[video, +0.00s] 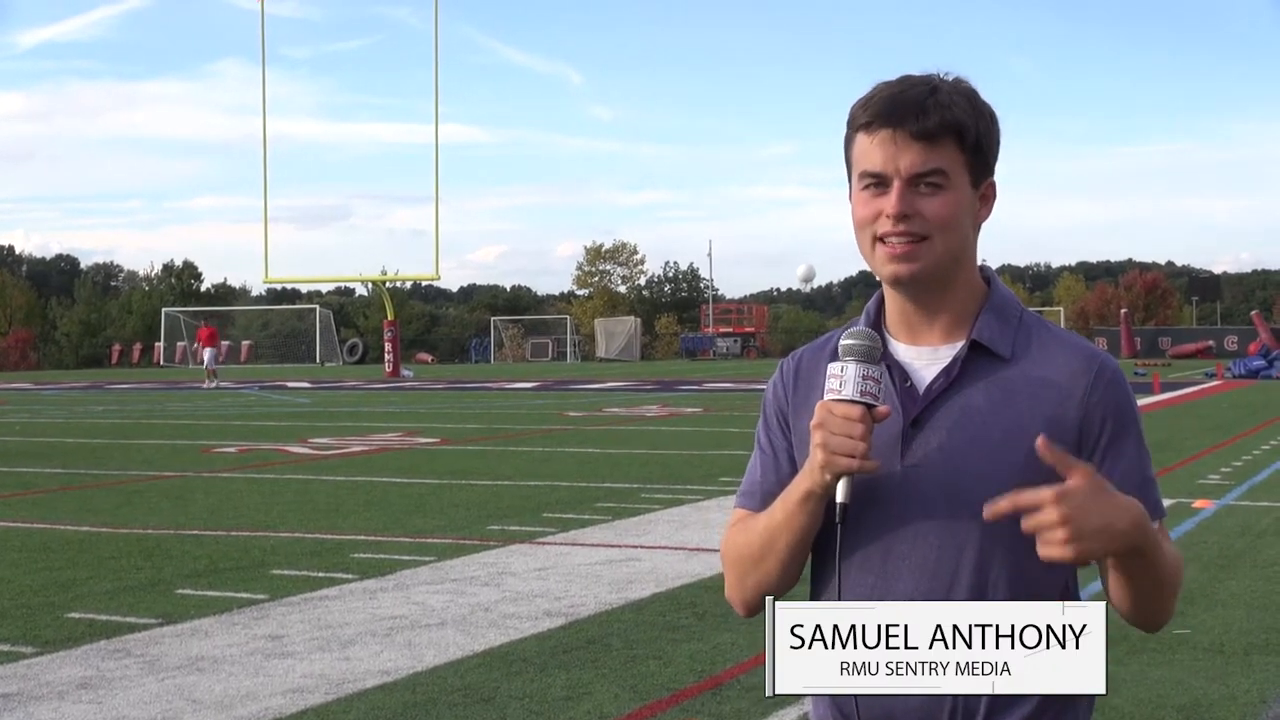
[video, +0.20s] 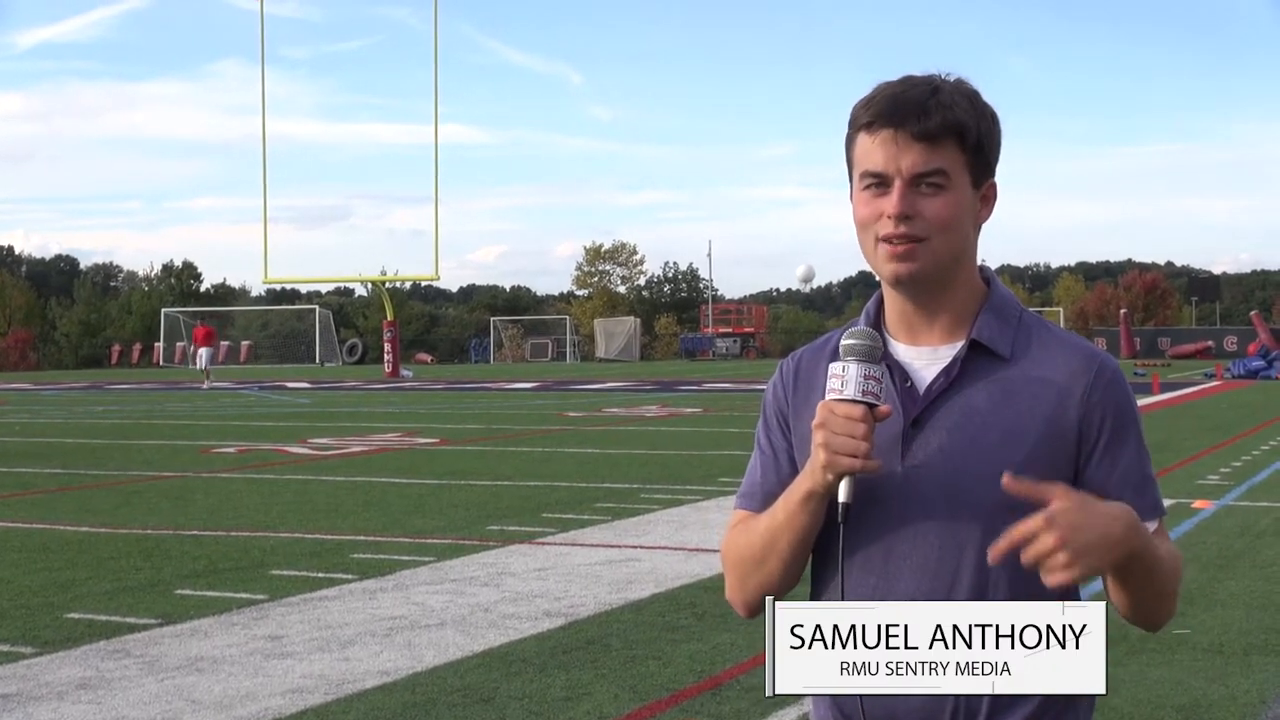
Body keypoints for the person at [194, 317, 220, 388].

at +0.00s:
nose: (204, 324)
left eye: (205, 323)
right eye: (203, 323)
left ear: (207, 323)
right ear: (201, 323)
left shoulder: (213, 330)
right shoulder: (200, 330)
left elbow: (217, 341)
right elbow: (198, 340)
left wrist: (219, 350)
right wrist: (195, 345)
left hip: (211, 348)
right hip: (205, 348)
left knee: (206, 365)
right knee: (211, 366)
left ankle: (207, 381)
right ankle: (216, 380)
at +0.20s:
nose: (200, 324)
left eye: (201, 322)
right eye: (199, 322)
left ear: (204, 322)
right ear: (198, 322)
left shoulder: (210, 329)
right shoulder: (196, 330)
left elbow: (214, 340)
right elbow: (194, 342)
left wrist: (214, 347)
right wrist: (192, 348)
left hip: (207, 348)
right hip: (200, 348)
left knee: (205, 366)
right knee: (199, 367)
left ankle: (206, 382)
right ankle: (209, 377)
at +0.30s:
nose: (197, 323)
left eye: (198, 321)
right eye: (196, 321)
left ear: (201, 321)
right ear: (195, 322)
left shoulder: (206, 329)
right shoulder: (194, 330)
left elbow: (209, 340)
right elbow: (192, 341)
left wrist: (210, 349)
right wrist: (190, 350)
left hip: (204, 348)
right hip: (197, 348)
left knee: (204, 366)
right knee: (194, 367)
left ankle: (206, 382)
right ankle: (202, 379)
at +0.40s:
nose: (195, 323)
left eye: (196, 321)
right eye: (193, 321)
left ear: (199, 321)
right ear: (192, 322)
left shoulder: (203, 329)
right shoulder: (190, 330)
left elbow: (206, 340)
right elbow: (190, 340)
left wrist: (206, 348)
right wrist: (189, 348)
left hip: (202, 348)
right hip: (194, 348)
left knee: (203, 367)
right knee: (190, 367)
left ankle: (206, 382)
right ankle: (194, 381)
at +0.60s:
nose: (188, 323)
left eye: (189, 322)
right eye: (187, 322)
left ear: (193, 322)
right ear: (185, 323)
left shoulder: (196, 330)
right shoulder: (185, 331)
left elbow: (198, 340)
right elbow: (185, 341)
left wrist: (195, 349)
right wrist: (184, 349)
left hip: (195, 350)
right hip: (187, 351)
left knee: (198, 368)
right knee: (184, 368)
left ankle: (203, 383)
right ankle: (182, 382)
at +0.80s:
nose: (181, 322)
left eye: (182, 321)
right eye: (180, 321)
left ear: (184, 322)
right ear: (178, 322)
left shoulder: (188, 330)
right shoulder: (176, 331)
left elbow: (192, 341)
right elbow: (176, 342)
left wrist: (192, 351)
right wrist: (175, 352)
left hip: (186, 350)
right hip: (178, 350)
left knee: (187, 368)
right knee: (179, 368)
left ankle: (196, 380)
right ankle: (180, 384)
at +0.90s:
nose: (178, 322)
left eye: (179, 320)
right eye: (177, 321)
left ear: (182, 321)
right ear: (175, 321)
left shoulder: (185, 329)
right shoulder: (173, 330)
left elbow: (190, 340)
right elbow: (172, 341)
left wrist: (191, 350)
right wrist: (170, 350)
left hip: (184, 349)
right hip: (176, 349)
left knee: (182, 367)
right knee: (178, 368)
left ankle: (189, 381)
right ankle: (180, 384)